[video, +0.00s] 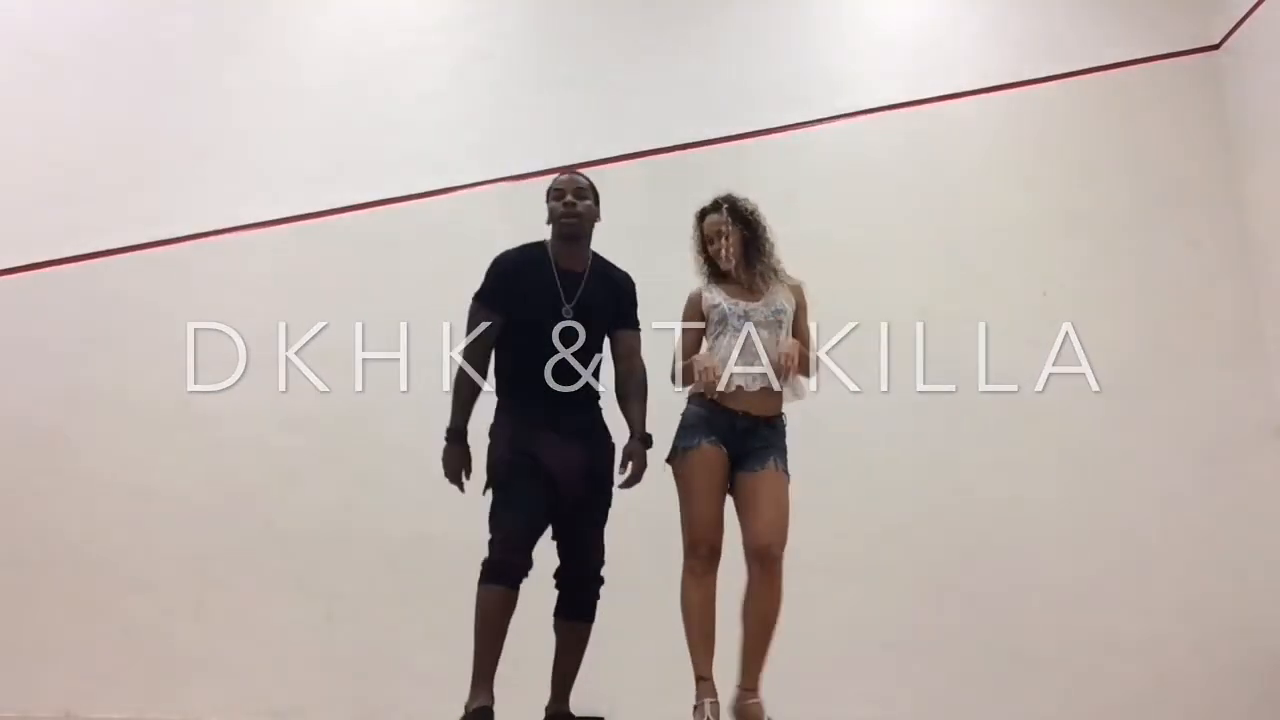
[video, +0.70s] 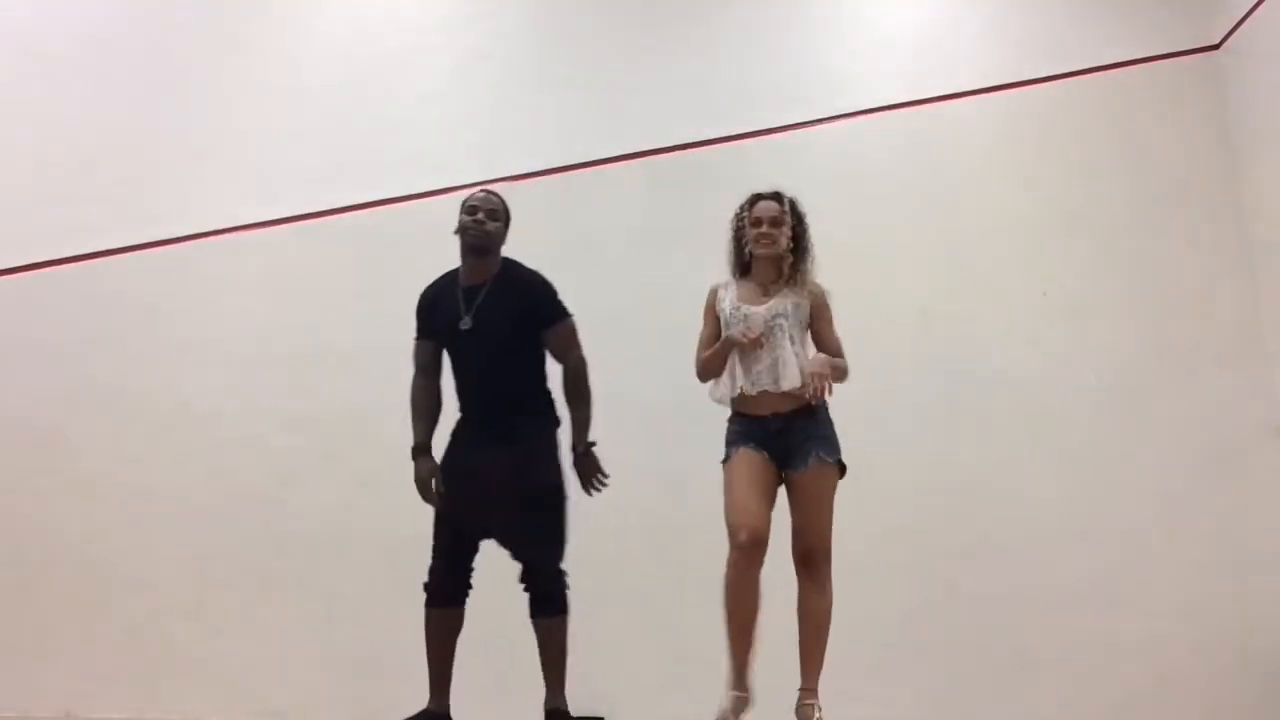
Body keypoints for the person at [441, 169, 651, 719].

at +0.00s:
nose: (569, 204)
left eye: (580, 197)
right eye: (559, 197)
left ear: (598, 213)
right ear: (546, 211)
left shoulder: (615, 284)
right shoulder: (511, 269)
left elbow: (628, 365)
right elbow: (476, 356)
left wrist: (638, 431)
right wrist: (457, 433)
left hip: (585, 441)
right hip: (520, 437)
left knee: (582, 575)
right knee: (506, 560)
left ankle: (559, 704)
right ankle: (480, 698)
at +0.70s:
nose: (479, 219)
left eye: (491, 215)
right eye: (471, 212)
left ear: (505, 233)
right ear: (457, 227)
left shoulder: (531, 288)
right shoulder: (437, 297)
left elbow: (574, 362)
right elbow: (426, 377)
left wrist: (581, 442)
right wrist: (422, 449)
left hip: (531, 449)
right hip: (469, 448)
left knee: (544, 577)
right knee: (445, 577)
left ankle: (556, 703)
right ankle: (438, 704)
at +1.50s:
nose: (501, 210)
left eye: (512, 207)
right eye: (491, 206)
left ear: (526, 230)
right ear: (476, 228)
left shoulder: (543, 300)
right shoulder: (448, 272)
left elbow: (559, 377)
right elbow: (403, 346)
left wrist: (515, 390)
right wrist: (378, 419)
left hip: (504, 456)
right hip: (438, 452)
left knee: (497, 577)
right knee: (425, 569)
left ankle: (465, 703)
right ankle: (432, 689)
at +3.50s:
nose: (520, 204)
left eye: (531, 197)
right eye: (511, 196)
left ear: (546, 208)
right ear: (496, 206)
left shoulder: (572, 276)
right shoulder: (464, 268)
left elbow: (589, 344)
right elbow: (441, 348)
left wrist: (592, 353)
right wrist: (422, 405)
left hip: (549, 438)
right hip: (481, 434)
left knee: (534, 573)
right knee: (467, 553)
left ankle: (514, 703)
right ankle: (474, 671)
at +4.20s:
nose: (480, 231)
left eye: (490, 221)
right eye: (471, 222)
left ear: (510, 220)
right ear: (462, 224)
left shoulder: (543, 274)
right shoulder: (447, 290)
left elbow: (571, 357)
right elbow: (435, 372)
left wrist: (567, 432)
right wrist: (416, 445)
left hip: (518, 446)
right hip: (457, 446)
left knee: (497, 565)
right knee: (458, 569)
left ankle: (472, 697)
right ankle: (472, 697)